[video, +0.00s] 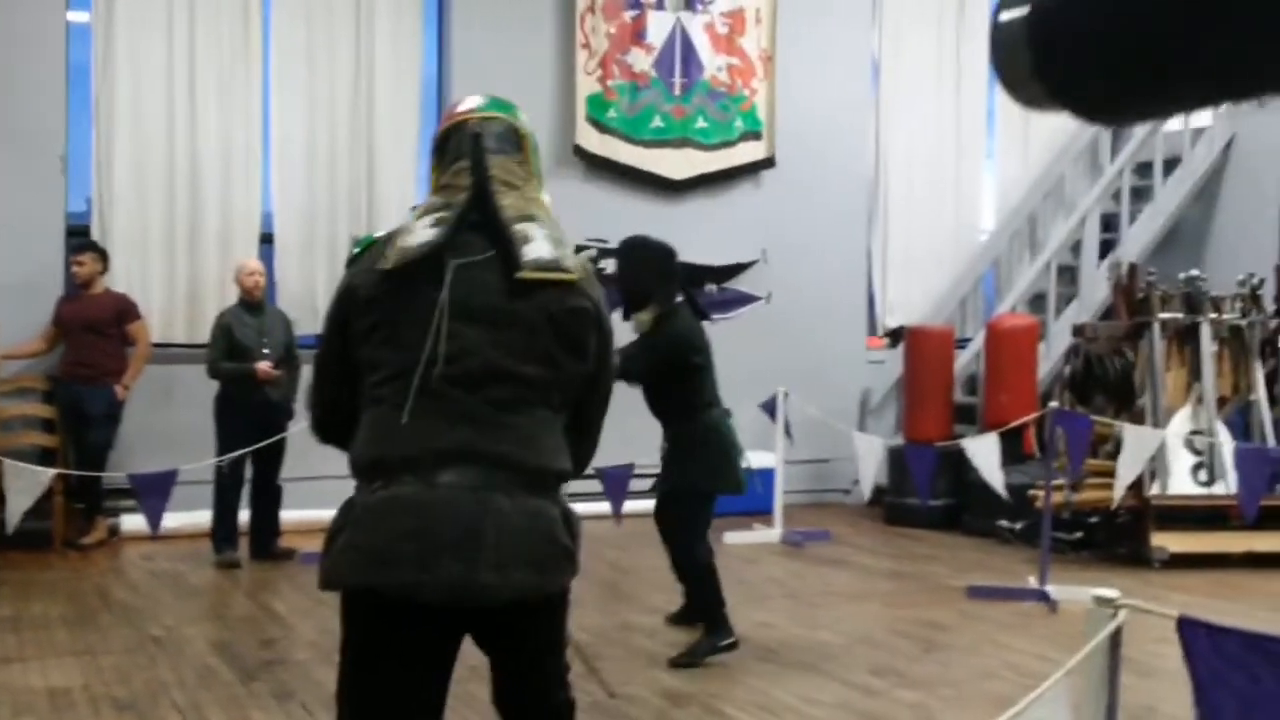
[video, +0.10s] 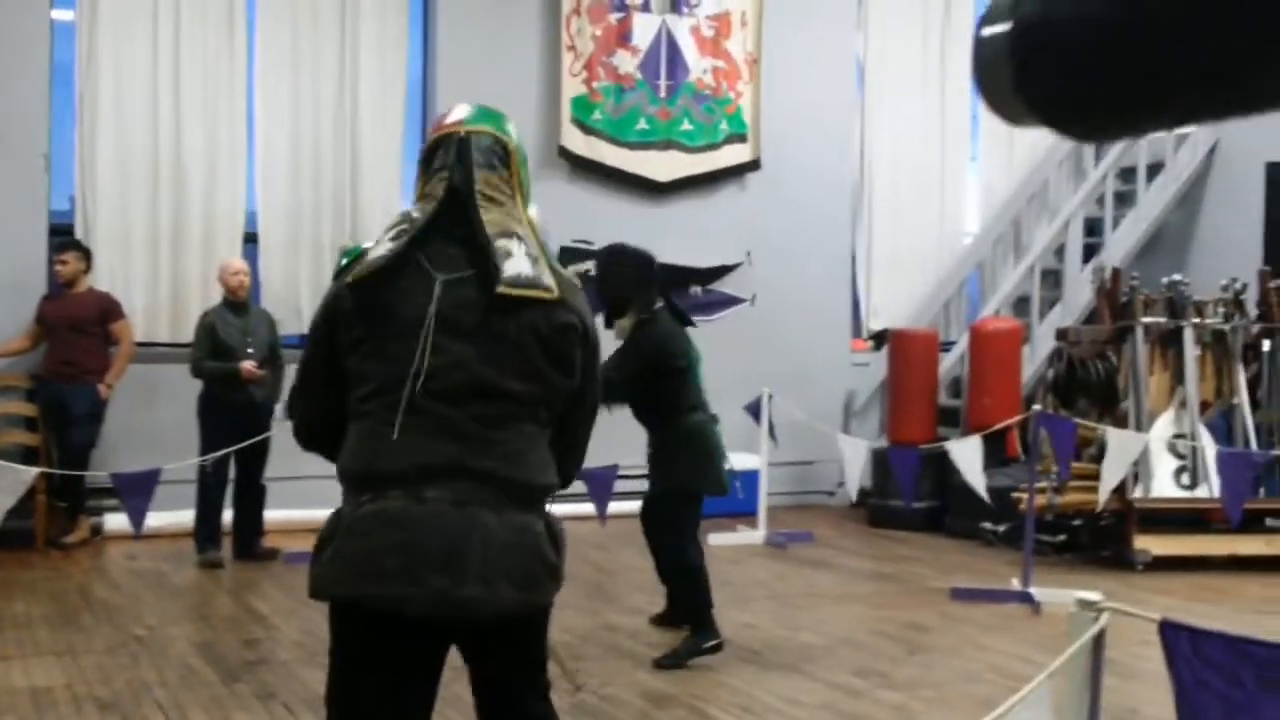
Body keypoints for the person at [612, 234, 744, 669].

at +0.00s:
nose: (619, 285)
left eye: (624, 277)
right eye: (620, 276)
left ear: (642, 280)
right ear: (660, 278)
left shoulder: (674, 331)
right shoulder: (665, 323)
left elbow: (628, 365)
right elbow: (635, 361)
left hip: (701, 446)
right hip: (686, 443)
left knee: (686, 529)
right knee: (669, 517)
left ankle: (718, 625)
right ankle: (698, 599)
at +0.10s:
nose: (600, 295)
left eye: (604, 286)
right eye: (600, 286)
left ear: (620, 289)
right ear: (643, 285)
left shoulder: (654, 336)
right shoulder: (656, 329)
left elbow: (609, 384)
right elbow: (615, 380)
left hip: (686, 453)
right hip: (677, 450)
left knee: (674, 530)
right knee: (656, 519)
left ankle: (704, 627)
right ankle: (681, 603)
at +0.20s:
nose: (585, 304)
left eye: (589, 294)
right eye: (585, 296)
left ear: (605, 297)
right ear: (626, 293)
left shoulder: (632, 339)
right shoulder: (647, 333)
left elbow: (593, 395)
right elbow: (641, 403)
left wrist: (562, 423)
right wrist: (604, 430)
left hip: (669, 452)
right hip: (667, 449)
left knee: (660, 531)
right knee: (639, 519)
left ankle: (689, 628)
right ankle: (665, 603)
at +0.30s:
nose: (573, 304)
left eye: (577, 297)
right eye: (574, 297)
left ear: (590, 297)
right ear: (610, 293)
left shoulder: (612, 338)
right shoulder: (624, 330)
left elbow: (609, 408)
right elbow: (615, 407)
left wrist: (590, 448)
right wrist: (595, 446)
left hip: (650, 450)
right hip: (649, 447)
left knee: (639, 531)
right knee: (618, 518)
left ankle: (671, 627)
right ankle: (647, 602)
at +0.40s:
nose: (549, 312)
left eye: (553, 302)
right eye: (550, 303)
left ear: (570, 300)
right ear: (590, 296)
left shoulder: (598, 339)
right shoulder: (596, 334)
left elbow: (594, 416)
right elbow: (596, 413)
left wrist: (571, 459)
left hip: (637, 449)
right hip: (628, 448)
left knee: (619, 532)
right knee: (600, 520)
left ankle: (652, 629)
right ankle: (631, 601)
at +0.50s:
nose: (539, 315)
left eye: (544, 305)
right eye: (539, 308)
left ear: (563, 300)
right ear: (572, 298)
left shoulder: (594, 347)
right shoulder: (570, 342)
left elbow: (603, 425)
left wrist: (581, 473)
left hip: (630, 456)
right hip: (606, 454)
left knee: (608, 536)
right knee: (582, 524)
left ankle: (620, 629)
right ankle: (617, 600)